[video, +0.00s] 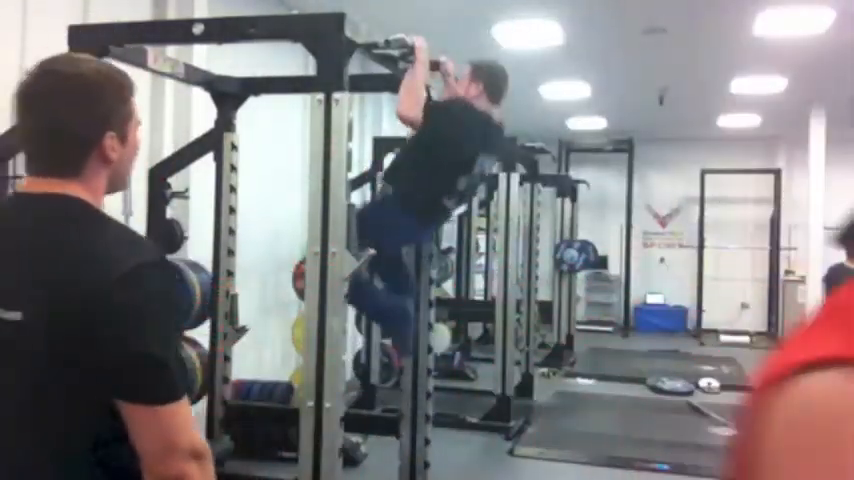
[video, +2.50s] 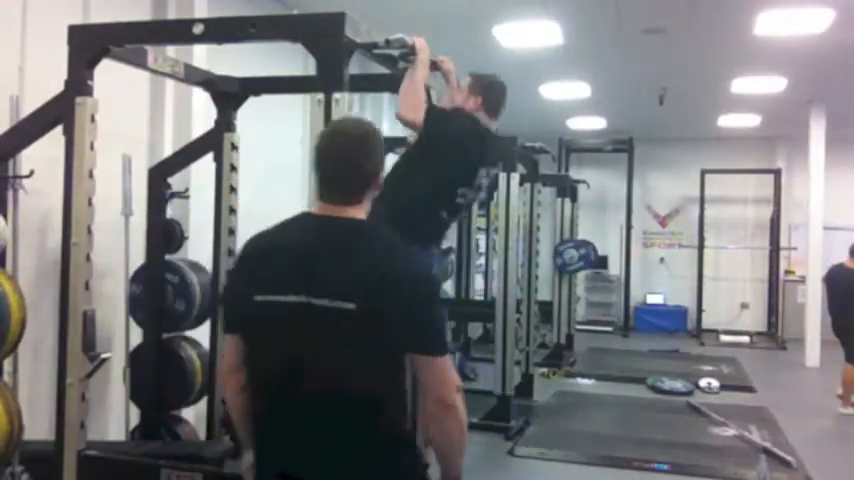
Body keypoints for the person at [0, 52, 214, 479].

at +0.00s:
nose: (139, 141)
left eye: (138, 127)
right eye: (135, 128)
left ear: (31, 135)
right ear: (110, 145)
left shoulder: (8, 223)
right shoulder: (129, 267)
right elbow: (176, 459)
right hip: (89, 466)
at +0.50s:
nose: (289, 154)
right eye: (288, 144)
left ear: (202, 143)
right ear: (279, 157)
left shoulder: (124, 241)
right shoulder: (301, 268)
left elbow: (94, 393)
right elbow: (343, 442)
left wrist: (112, 452)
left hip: (131, 467)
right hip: (251, 467)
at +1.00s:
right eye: (380, 163)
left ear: (300, 152)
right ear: (372, 169)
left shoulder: (217, 238)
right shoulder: (386, 272)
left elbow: (176, 376)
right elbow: (423, 430)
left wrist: (221, 438)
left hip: (215, 462)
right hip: (329, 465)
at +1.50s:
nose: (332, 179)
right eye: (331, 170)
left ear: (262, 170)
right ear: (323, 176)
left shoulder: (195, 257)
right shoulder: (355, 260)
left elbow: (171, 388)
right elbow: (399, 397)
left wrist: (192, 464)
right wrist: (410, 473)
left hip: (221, 466)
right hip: (322, 466)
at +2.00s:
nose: (314, 179)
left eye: (313, 169)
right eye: (314, 171)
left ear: (243, 169)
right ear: (303, 177)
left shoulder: (177, 261)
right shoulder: (331, 258)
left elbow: (171, 385)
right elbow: (372, 389)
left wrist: (205, 446)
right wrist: (355, 446)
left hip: (221, 463)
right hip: (315, 463)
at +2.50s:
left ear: (317, 172)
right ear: (377, 183)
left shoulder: (258, 253)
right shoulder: (405, 266)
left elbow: (232, 377)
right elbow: (442, 398)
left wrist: (253, 450)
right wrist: (451, 471)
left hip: (283, 461)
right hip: (376, 463)